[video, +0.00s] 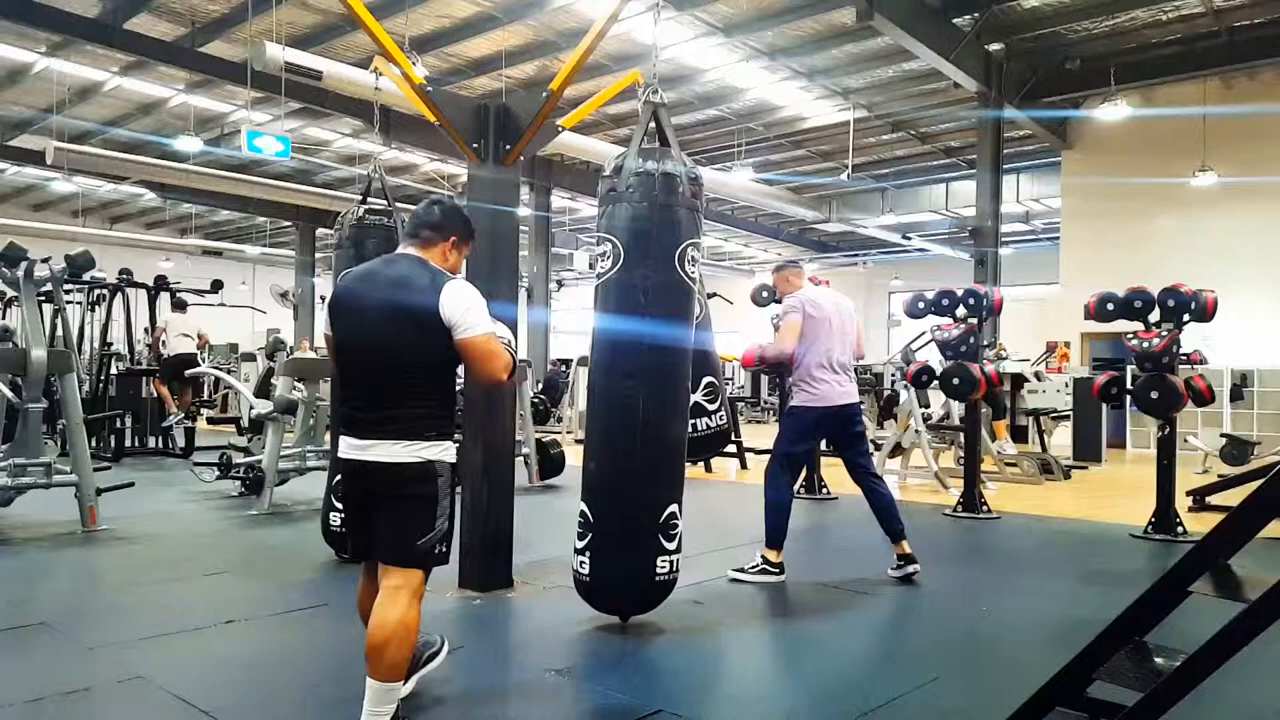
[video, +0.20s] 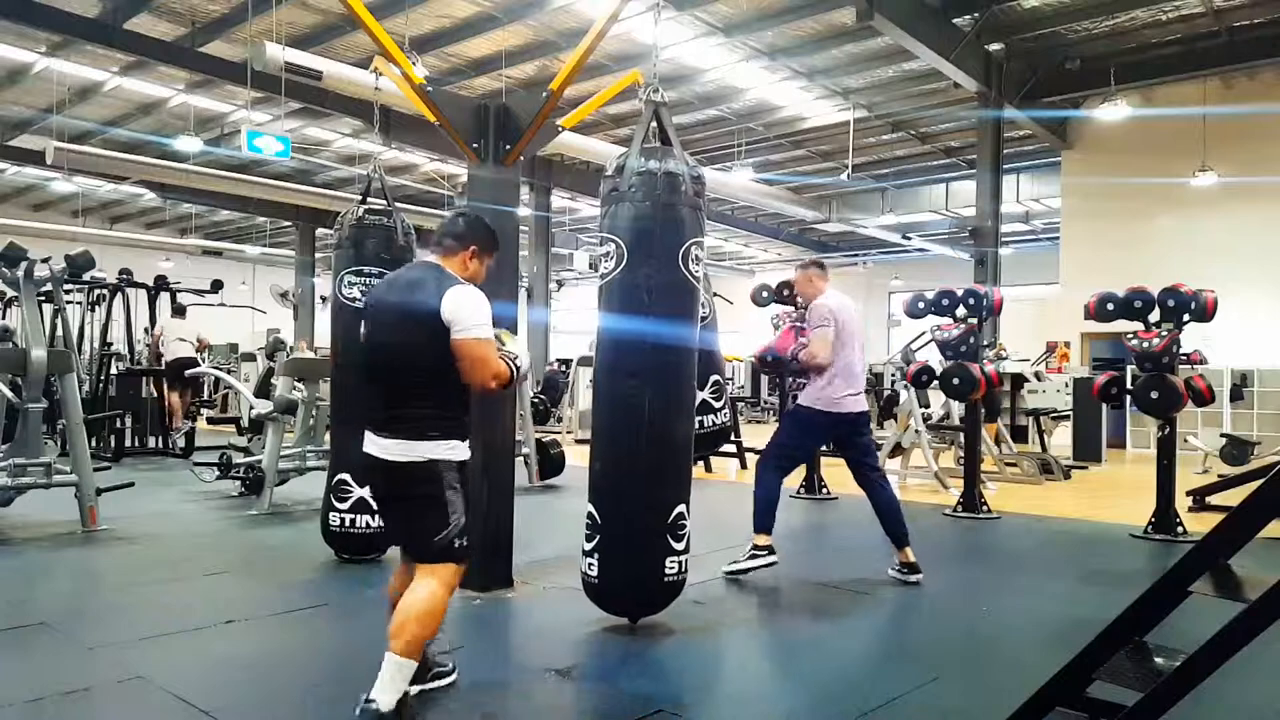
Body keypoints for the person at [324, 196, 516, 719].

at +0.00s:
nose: (463, 267)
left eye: (465, 257)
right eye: (464, 256)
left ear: (406, 237)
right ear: (451, 247)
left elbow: (333, 351)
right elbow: (494, 370)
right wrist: (502, 340)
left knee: (375, 571)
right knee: (401, 588)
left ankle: (399, 661)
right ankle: (375, 712)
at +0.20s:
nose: (484, 277)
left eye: (487, 268)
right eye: (486, 267)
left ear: (439, 246)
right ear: (471, 254)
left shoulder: (385, 287)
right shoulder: (461, 295)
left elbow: (395, 362)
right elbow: (485, 376)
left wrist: (481, 353)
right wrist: (505, 363)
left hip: (381, 451)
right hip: (431, 456)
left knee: (412, 560)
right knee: (440, 570)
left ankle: (412, 661)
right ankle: (381, 701)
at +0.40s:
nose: (510, 283)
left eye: (512, 274)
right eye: (511, 272)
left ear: (474, 253)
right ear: (496, 259)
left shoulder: (429, 283)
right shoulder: (472, 294)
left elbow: (452, 360)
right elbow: (492, 370)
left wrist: (509, 347)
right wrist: (524, 343)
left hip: (407, 440)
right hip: (439, 445)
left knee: (444, 543)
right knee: (470, 554)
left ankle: (416, 640)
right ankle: (432, 683)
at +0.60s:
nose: (535, 305)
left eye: (540, 298)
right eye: (539, 296)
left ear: (514, 275)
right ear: (525, 282)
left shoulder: (469, 300)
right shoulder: (487, 315)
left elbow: (470, 381)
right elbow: (474, 392)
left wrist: (518, 382)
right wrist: (525, 390)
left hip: (432, 444)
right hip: (444, 450)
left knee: (463, 547)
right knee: (468, 562)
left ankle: (454, 623)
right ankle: (427, 685)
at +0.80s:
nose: (559, 324)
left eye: (563, 316)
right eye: (561, 314)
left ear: (532, 295)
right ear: (550, 303)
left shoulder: (498, 314)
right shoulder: (515, 321)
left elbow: (499, 381)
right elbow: (477, 370)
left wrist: (541, 375)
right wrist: (520, 413)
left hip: (463, 445)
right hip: (468, 448)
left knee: (481, 544)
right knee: (479, 558)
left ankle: (480, 621)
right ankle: (428, 680)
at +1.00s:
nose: (568, 317)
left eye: (567, 311)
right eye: (568, 311)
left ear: (529, 293)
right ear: (559, 302)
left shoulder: (475, 317)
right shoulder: (557, 316)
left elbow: (439, 375)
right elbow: (613, 359)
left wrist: (484, 378)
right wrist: (634, 359)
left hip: (450, 438)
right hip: (490, 444)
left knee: (481, 534)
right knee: (478, 550)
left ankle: (479, 621)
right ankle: (434, 669)